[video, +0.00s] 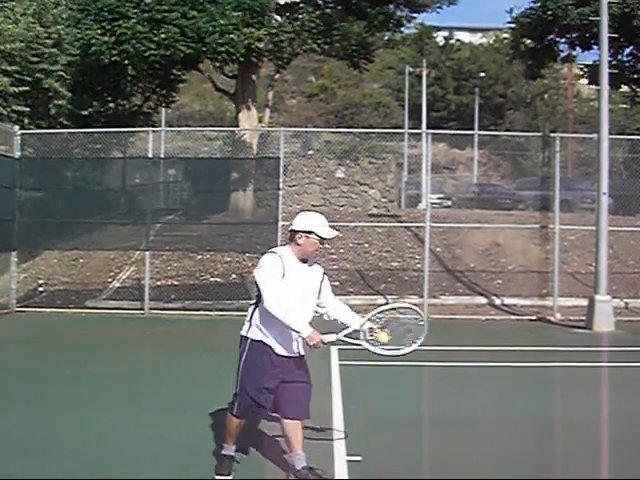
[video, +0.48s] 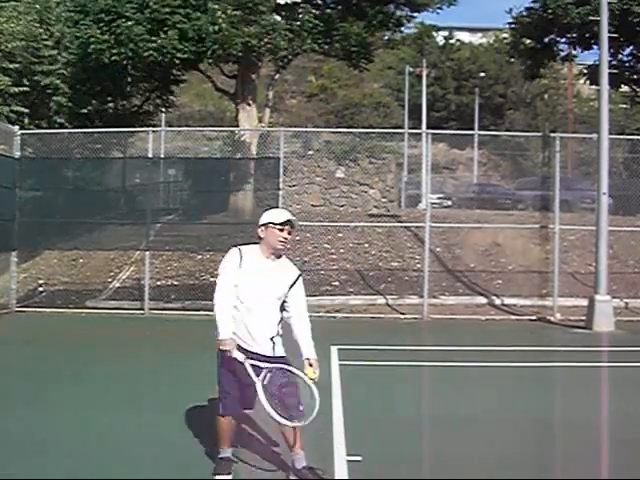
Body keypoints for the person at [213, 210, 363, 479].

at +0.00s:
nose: (321, 245)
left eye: (322, 240)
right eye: (318, 239)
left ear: (306, 240)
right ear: (299, 237)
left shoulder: (316, 273)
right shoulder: (272, 260)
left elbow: (329, 306)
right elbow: (271, 301)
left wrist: (363, 325)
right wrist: (305, 330)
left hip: (292, 348)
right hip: (261, 343)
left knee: (293, 407)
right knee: (245, 403)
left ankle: (299, 466)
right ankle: (227, 453)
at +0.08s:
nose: (315, 243)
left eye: (316, 238)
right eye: (311, 238)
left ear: (301, 239)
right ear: (292, 236)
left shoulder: (311, 272)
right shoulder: (266, 260)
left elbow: (327, 303)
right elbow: (270, 300)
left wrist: (363, 319)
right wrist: (306, 326)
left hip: (288, 347)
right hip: (256, 342)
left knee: (292, 405)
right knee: (243, 404)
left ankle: (299, 465)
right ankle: (227, 454)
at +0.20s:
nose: (304, 241)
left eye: (304, 236)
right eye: (299, 236)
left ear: (288, 237)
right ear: (279, 236)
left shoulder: (301, 270)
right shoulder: (255, 261)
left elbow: (320, 301)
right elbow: (262, 301)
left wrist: (356, 318)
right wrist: (299, 325)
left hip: (281, 348)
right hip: (248, 343)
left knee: (288, 405)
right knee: (237, 405)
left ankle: (299, 465)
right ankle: (225, 457)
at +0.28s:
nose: (297, 240)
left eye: (298, 235)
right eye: (292, 234)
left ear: (282, 237)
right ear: (272, 235)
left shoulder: (295, 271)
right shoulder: (248, 260)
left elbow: (315, 303)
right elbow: (253, 302)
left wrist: (344, 324)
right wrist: (287, 328)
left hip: (275, 349)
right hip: (242, 343)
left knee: (285, 406)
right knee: (234, 404)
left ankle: (299, 466)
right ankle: (225, 457)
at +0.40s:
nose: (289, 238)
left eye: (291, 232)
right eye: (283, 231)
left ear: (291, 236)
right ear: (264, 232)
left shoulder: (291, 272)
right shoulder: (240, 258)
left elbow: (304, 311)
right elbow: (235, 301)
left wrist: (323, 346)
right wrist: (255, 335)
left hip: (272, 348)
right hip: (236, 343)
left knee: (285, 404)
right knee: (231, 403)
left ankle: (299, 465)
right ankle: (224, 458)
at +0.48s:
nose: (286, 236)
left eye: (289, 231)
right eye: (280, 229)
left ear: (292, 236)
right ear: (262, 231)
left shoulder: (291, 274)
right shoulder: (238, 257)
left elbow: (299, 316)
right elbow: (223, 296)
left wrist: (309, 354)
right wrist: (225, 334)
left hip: (272, 349)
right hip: (236, 345)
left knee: (290, 403)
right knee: (229, 404)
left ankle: (299, 463)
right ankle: (224, 459)